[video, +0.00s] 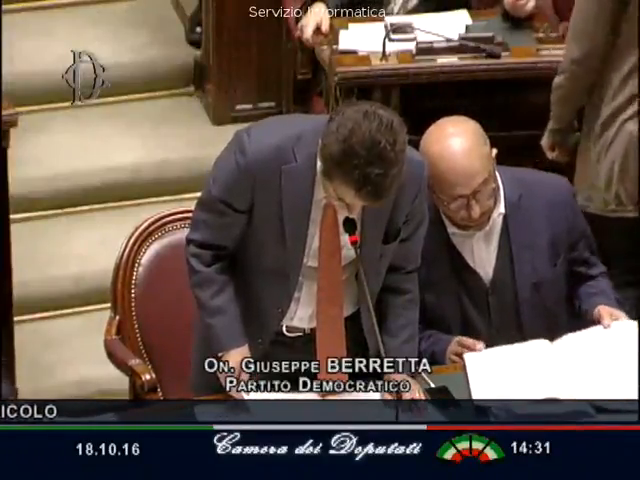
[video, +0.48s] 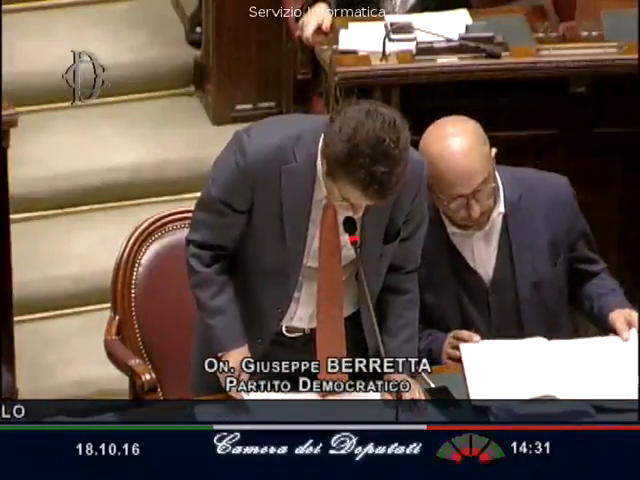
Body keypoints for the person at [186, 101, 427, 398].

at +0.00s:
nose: (352, 213)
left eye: (366, 204)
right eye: (342, 200)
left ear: (393, 174)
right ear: (323, 162)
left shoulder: (409, 176)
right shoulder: (255, 157)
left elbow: (402, 276)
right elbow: (206, 250)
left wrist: (401, 366)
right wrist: (231, 343)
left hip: (351, 336)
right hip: (265, 339)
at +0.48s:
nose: (357, 213)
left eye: (370, 204)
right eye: (347, 200)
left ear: (397, 175)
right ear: (325, 160)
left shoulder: (408, 175)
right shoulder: (255, 157)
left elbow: (402, 276)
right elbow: (206, 251)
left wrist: (400, 366)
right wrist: (231, 344)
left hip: (350, 337)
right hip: (262, 341)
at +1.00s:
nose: (361, 213)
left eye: (374, 203)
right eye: (350, 200)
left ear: (398, 176)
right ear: (328, 162)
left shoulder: (408, 176)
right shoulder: (255, 157)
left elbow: (402, 276)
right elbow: (206, 251)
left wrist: (400, 366)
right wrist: (231, 344)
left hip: (349, 336)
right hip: (262, 340)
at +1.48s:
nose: (359, 213)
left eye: (372, 204)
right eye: (349, 200)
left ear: (398, 175)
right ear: (327, 161)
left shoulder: (409, 175)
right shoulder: (256, 156)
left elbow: (403, 275)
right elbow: (207, 250)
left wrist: (400, 366)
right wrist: (231, 345)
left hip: (350, 336)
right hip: (263, 340)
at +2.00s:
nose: (357, 213)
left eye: (369, 205)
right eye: (348, 201)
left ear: (397, 176)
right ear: (328, 162)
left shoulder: (409, 178)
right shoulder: (257, 156)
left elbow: (404, 274)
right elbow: (206, 246)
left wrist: (402, 364)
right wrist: (233, 342)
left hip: (349, 336)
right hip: (263, 340)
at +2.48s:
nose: (356, 215)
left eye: (369, 207)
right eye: (347, 202)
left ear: (399, 177)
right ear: (328, 159)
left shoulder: (412, 181)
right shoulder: (260, 154)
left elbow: (403, 282)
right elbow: (208, 243)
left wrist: (376, 364)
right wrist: (235, 339)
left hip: (342, 341)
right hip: (257, 343)